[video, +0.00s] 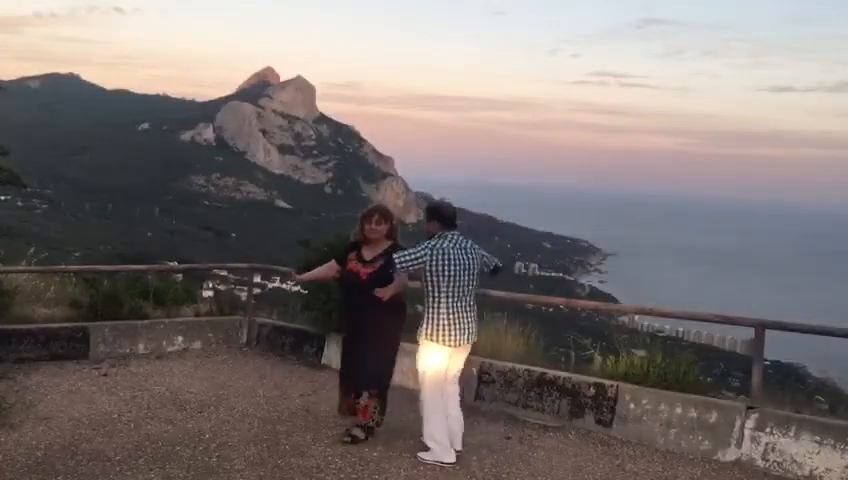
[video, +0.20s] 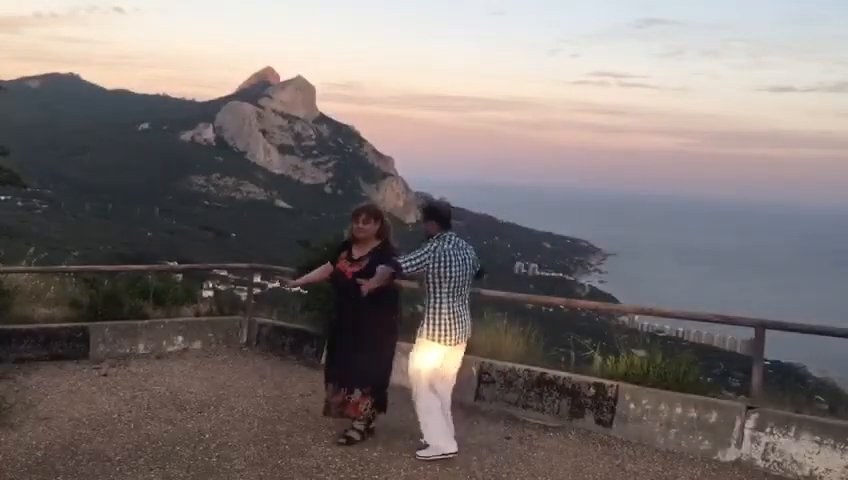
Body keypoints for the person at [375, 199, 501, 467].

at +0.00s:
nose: (427, 227)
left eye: (428, 222)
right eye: (428, 222)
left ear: (435, 223)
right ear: (452, 222)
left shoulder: (432, 247)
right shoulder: (472, 247)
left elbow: (395, 260)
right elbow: (496, 267)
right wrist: (480, 263)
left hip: (437, 332)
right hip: (466, 331)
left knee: (431, 390)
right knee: (450, 385)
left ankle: (440, 450)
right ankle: (454, 441)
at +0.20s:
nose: (424, 228)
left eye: (426, 222)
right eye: (424, 222)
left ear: (434, 223)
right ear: (448, 222)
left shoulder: (434, 248)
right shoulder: (467, 248)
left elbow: (396, 265)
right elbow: (477, 272)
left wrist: (374, 280)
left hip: (435, 329)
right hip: (460, 328)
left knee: (421, 384)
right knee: (443, 386)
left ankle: (440, 443)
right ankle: (444, 438)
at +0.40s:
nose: (415, 228)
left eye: (418, 222)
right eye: (416, 223)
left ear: (428, 223)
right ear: (437, 223)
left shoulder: (435, 247)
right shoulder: (455, 245)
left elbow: (412, 274)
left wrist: (388, 271)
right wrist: (406, 272)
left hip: (432, 327)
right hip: (452, 325)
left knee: (409, 380)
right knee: (441, 383)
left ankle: (435, 432)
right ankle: (444, 437)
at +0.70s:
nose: (399, 225)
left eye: (403, 220)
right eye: (400, 220)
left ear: (416, 222)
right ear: (419, 223)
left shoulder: (426, 246)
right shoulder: (429, 243)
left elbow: (421, 277)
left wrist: (399, 277)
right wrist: (403, 274)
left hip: (418, 327)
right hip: (426, 326)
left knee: (402, 381)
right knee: (424, 379)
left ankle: (404, 436)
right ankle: (438, 428)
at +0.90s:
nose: (393, 226)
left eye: (396, 220)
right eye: (393, 220)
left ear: (409, 221)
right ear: (408, 222)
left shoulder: (423, 244)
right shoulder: (409, 246)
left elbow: (415, 270)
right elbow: (389, 264)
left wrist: (395, 266)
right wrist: (385, 244)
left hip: (416, 328)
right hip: (400, 326)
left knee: (400, 381)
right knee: (388, 375)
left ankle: (404, 436)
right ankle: (422, 417)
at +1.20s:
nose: (389, 222)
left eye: (393, 218)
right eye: (389, 217)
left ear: (408, 219)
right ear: (400, 220)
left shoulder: (421, 242)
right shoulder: (395, 245)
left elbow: (415, 257)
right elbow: (369, 259)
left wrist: (396, 254)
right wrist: (379, 256)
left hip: (411, 323)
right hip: (391, 322)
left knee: (398, 379)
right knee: (384, 376)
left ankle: (404, 434)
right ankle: (388, 425)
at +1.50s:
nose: (394, 221)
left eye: (400, 217)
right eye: (395, 217)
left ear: (415, 220)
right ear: (397, 219)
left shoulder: (426, 245)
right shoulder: (390, 244)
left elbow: (442, 271)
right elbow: (365, 248)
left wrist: (413, 265)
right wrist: (341, 247)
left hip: (414, 325)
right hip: (388, 322)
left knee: (402, 377)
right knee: (382, 375)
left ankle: (407, 429)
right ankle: (388, 426)